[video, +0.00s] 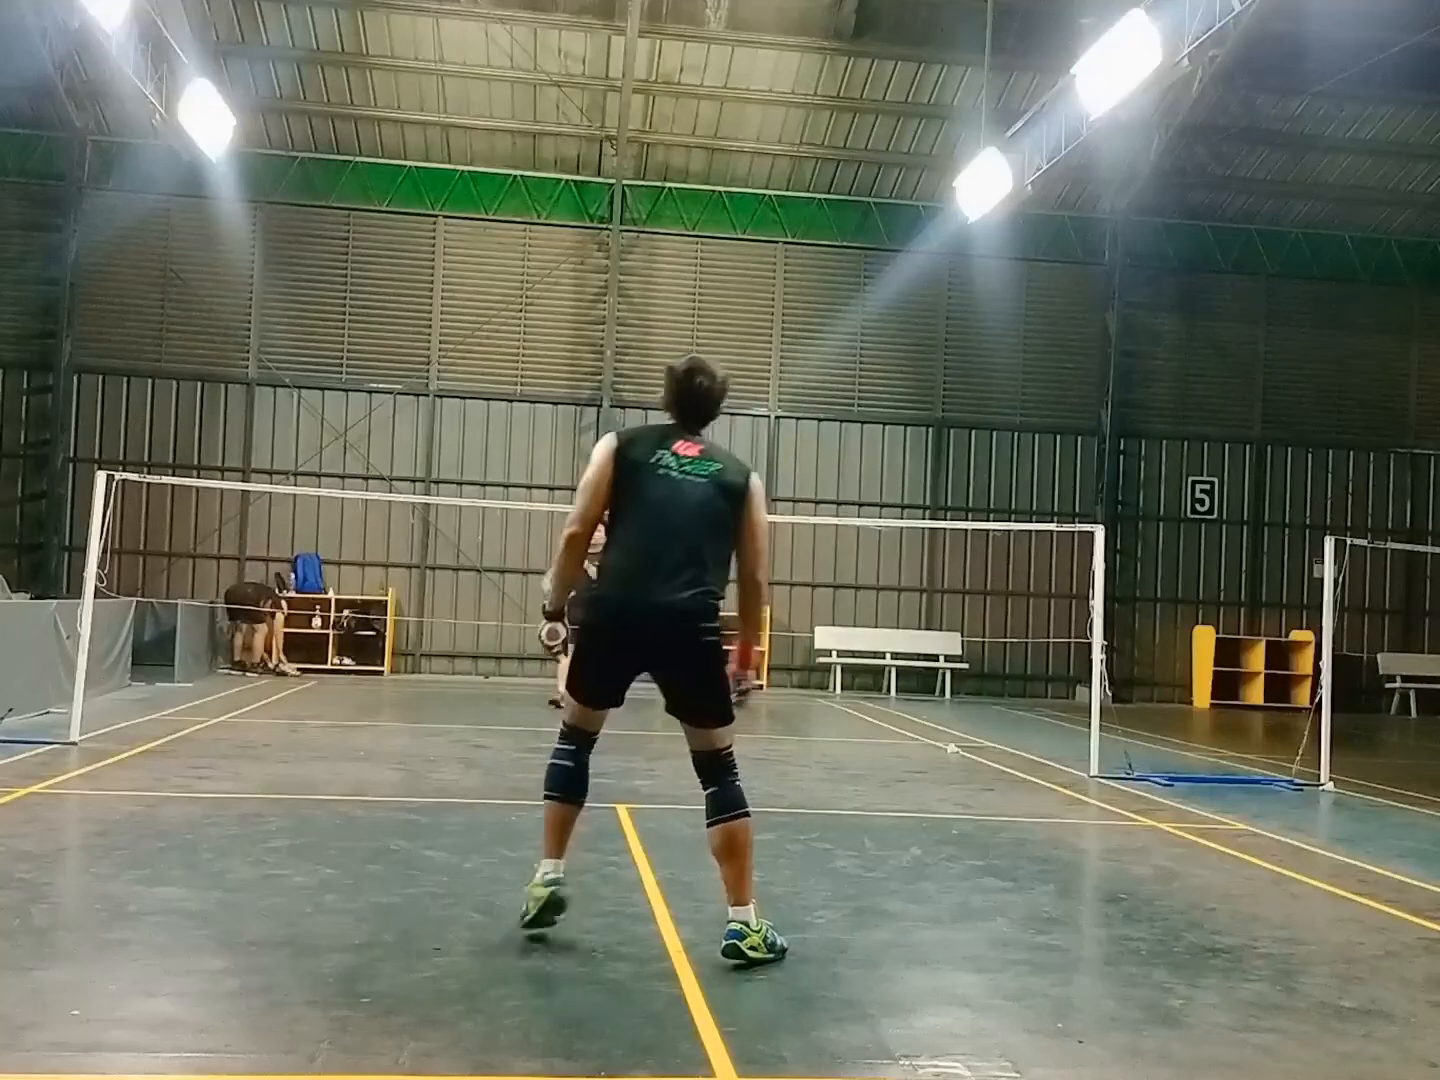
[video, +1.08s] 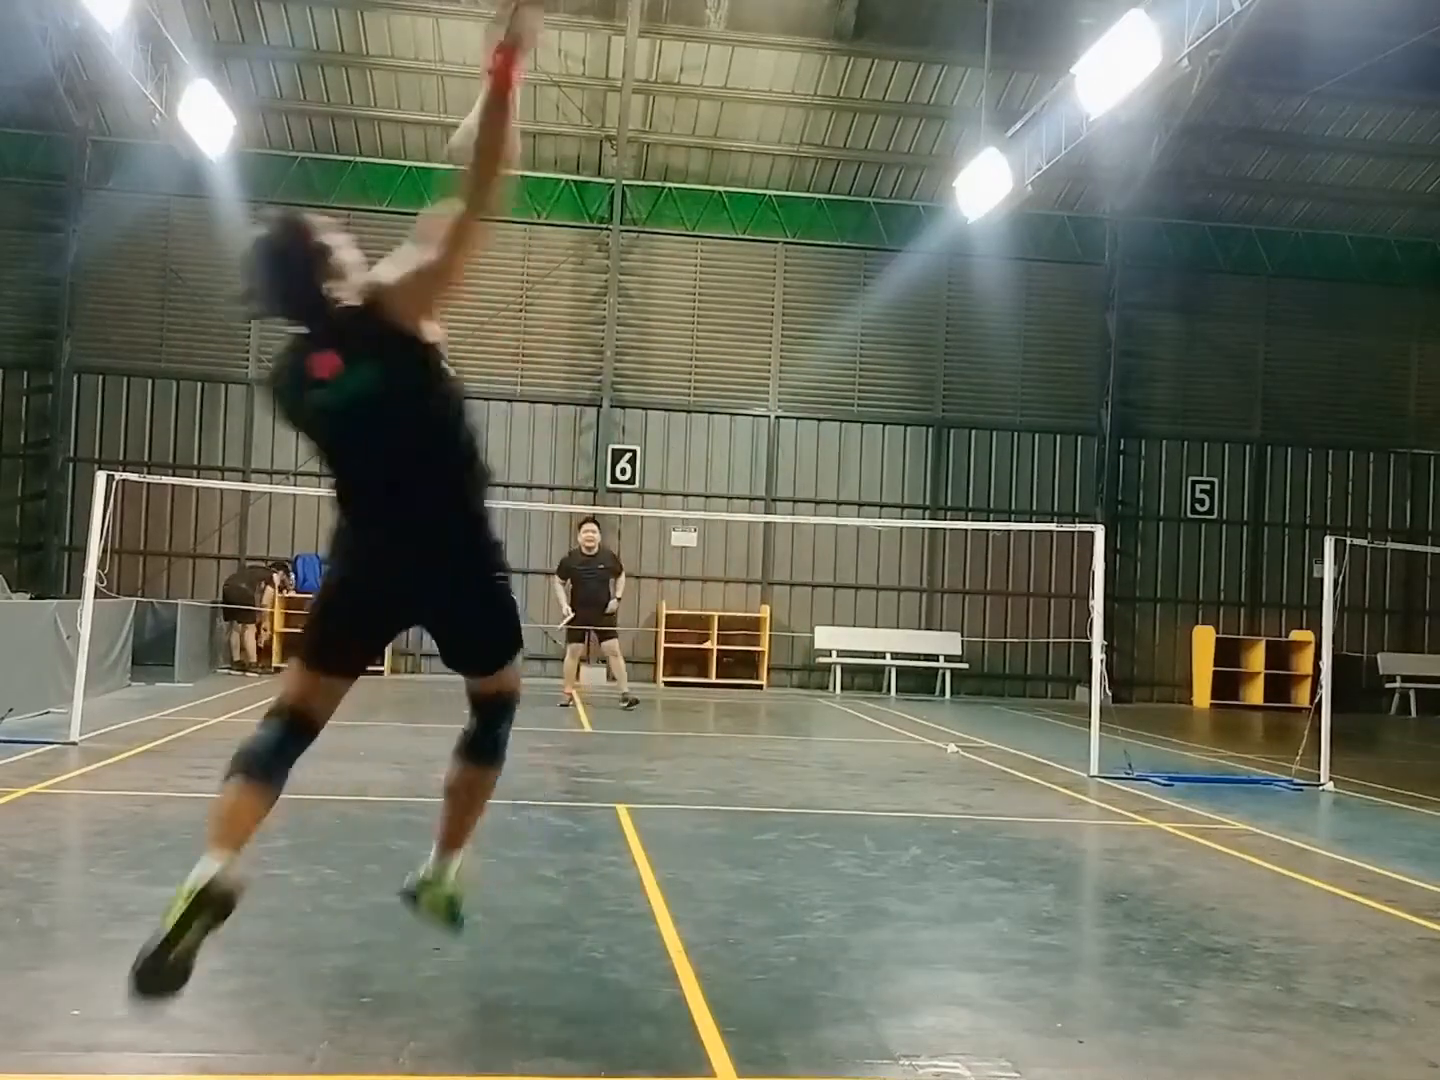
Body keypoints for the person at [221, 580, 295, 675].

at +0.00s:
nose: (285, 615)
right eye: (285, 612)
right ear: (284, 605)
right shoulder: (279, 607)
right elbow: (277, 633)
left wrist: (264, 656)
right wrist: (280, 654)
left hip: (231, 592)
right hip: (248, 596)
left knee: (239, 630)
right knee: (261, 630)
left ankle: (236, 661)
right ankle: (255, 663)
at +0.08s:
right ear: (283, 603)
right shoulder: (279, 604)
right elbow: (278, 630)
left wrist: (268, 655)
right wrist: (283, 651)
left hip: (231, 592)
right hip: (248, 595)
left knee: (239, 629)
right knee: (260, 630)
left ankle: (236, 661)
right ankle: (256, 663)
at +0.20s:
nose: (288, 605)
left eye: (289, 602)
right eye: (289, 601)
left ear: (281, 592)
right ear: (285, 595)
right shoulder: (279, 597)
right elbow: (282, 624)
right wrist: (288, 643)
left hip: (231, 592)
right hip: (248, 596)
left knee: (238, 629)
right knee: (259, 629)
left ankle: (236, 661)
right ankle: (255, 663)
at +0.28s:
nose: (286, 601)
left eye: (288, 599)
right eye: (289, 598)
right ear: (287, 591)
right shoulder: (279, 591)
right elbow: (282, 616)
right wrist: (291, 637)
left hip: (231, 590)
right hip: (246, 593)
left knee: (237, 629)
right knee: (258, 628)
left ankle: (236, 661)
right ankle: (255, 664)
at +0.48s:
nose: (289, 595)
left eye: (291, 592)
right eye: (291, 591)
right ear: (288, 585)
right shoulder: (275, 586)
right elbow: (275, 612)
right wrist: (281, 633)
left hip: (230, 590)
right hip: (245, 593)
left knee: (237, 628)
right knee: (256, 628)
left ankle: (236, 661)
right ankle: (254, 664)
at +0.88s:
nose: (282, 588)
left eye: (285, 586)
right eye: (285, 585)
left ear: (275, 574)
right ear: (281, 578)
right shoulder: (273, 582)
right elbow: (264, 607)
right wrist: (267, 628)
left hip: (228, 588)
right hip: (245, 591)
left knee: (235, 628)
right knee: (253, 628)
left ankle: (236, 661)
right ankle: (254, 663)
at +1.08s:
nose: (280, 582)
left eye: (282, 580)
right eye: (282, 579)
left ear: (271, 568)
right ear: (280, 572)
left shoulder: (258, 572)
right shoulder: (272, 577)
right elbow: (265, 604)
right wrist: (266, 626)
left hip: (229, 587)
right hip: (244, 590)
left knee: (235, 628)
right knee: (249, 628)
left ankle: (236, 661)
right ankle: (253, 663)